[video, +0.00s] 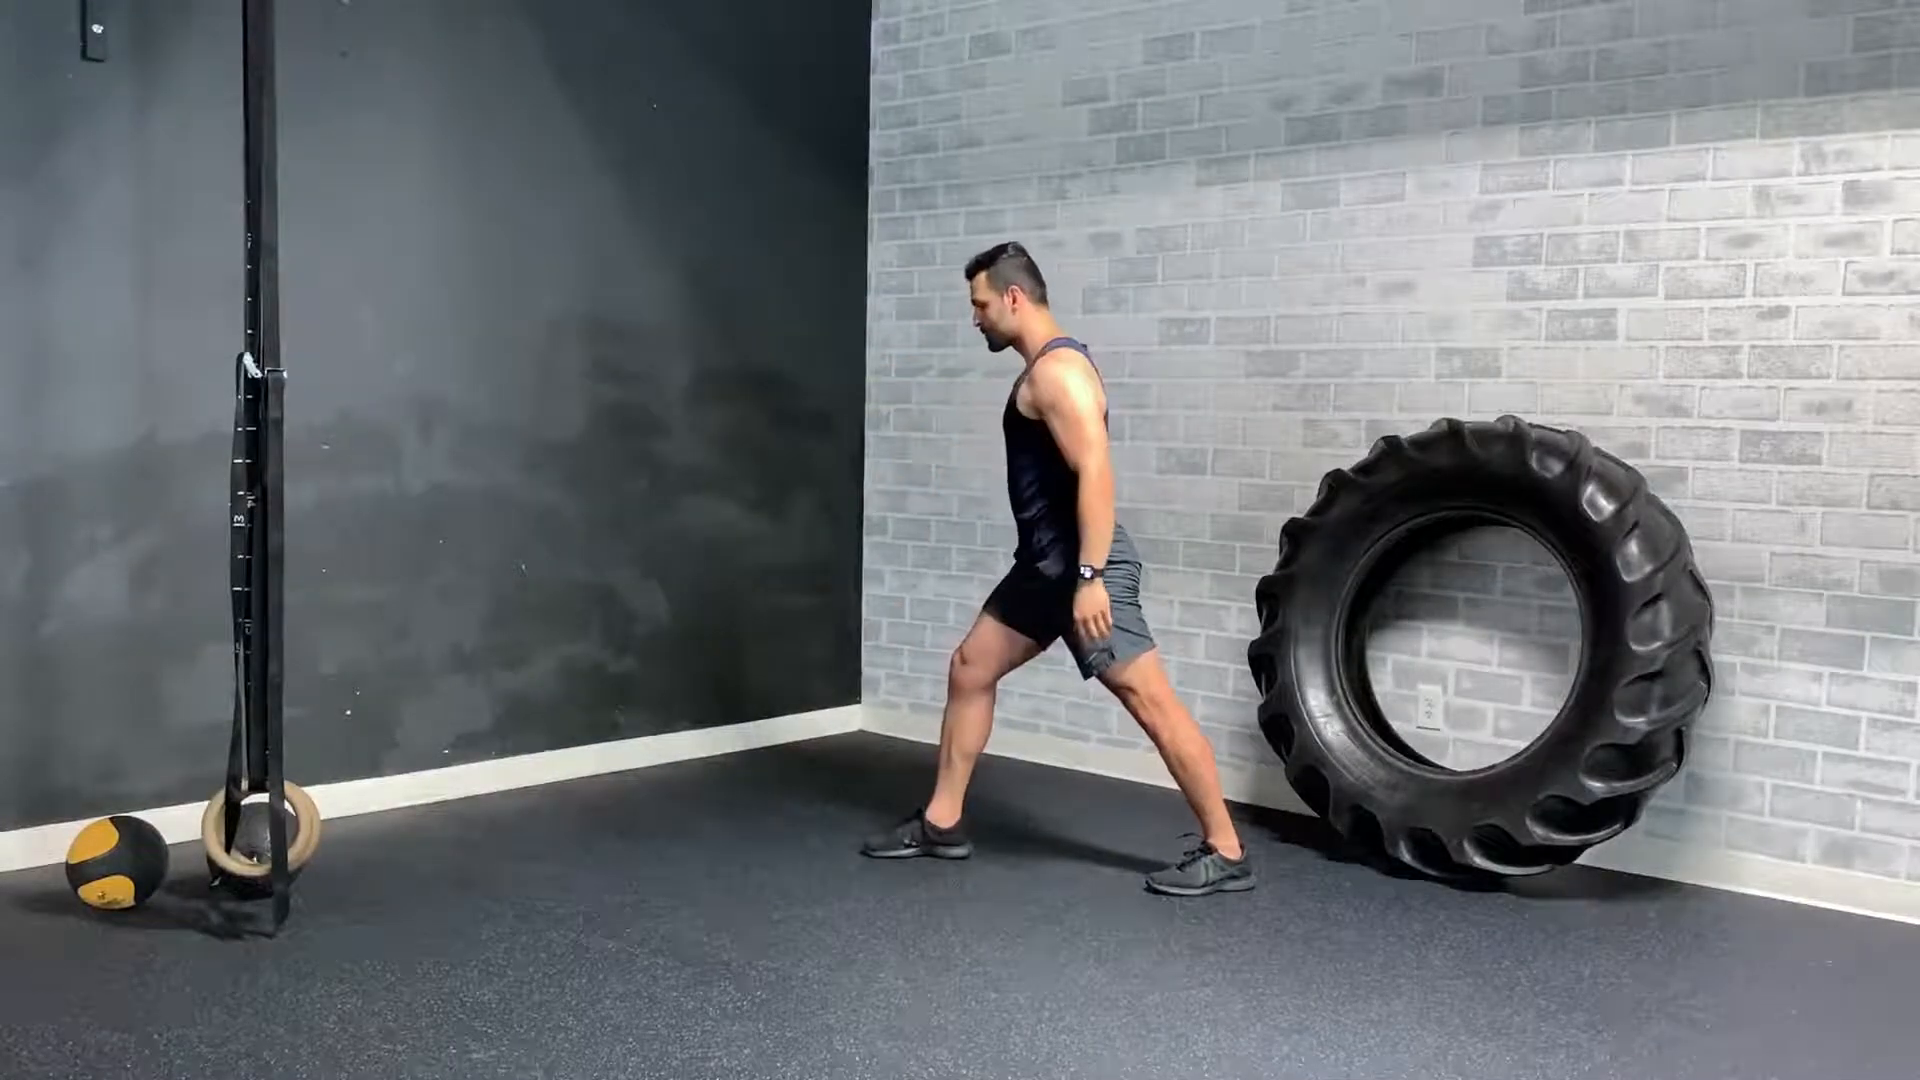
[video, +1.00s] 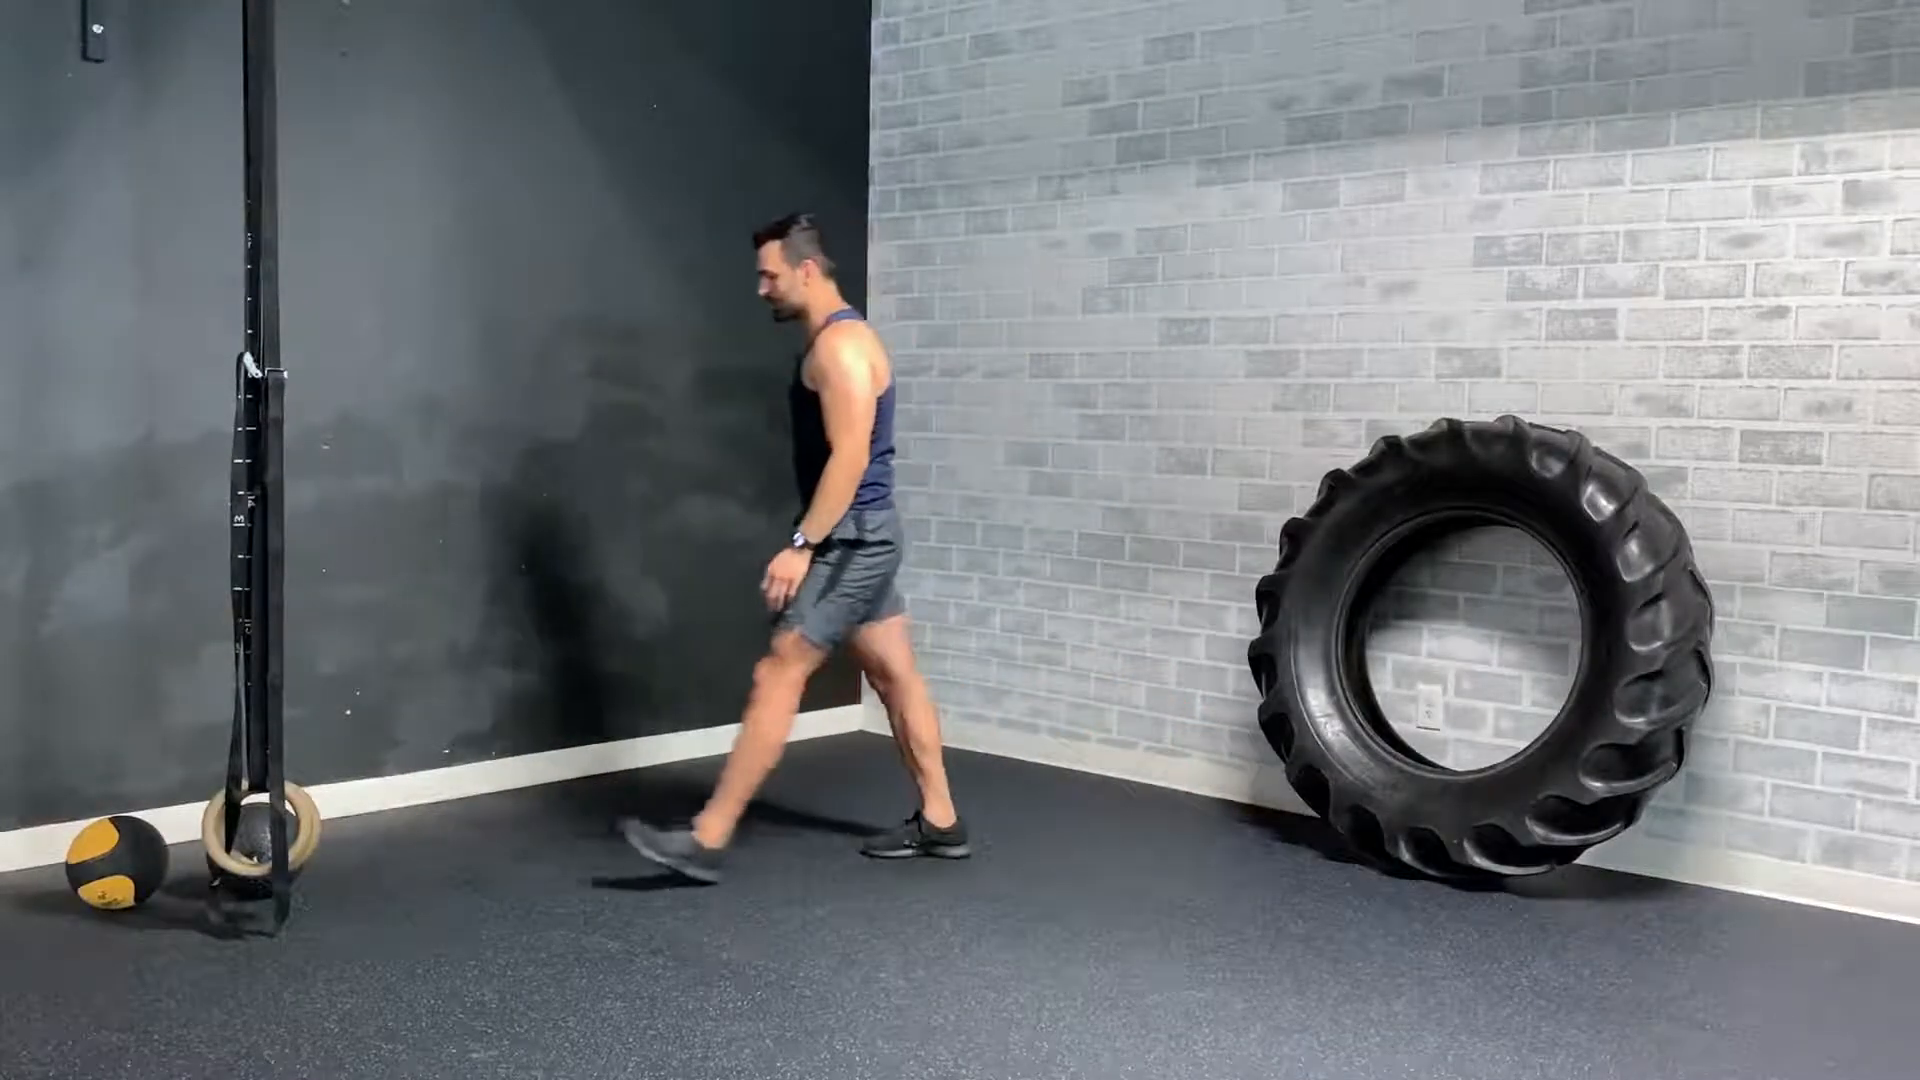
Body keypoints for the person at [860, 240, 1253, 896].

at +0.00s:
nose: (974, 317)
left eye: (979, 303)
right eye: (973, 305)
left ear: (1015, 298)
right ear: (1020, 300)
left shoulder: (1059, 372)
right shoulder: (1045, 368)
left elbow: (1095, 472)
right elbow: (1073, 477)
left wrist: (1091, 576)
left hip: (1083, 564)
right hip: (1045, 564)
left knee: (1152, 701)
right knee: (970, 671)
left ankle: (1226, 849)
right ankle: (941, 825)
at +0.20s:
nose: (973, 318)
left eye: (978, 304)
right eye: (971, 306)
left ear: (1014, 299)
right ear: (1019, 301)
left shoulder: (1059, 376)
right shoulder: (1040, 370)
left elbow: (1078, 483)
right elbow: (1057, 487)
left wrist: (1055, 585)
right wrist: (1029, 568)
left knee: (1156, 697)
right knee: (965, 669)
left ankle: (1226, 849)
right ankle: (941, 825)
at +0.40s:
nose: (941, 324)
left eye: (946, 310)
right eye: (939, 312)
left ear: (982, 306)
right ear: (987, 308)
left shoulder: (1012, 384)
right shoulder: (1023, 372)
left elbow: (1020, 497)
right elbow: (1032, 495)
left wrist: (981, 585)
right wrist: (1003, 574)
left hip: (1059, 560)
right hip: (1029, 564)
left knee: (1134, 699)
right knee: (936, 666)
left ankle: (1222, 845)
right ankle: (942, 826)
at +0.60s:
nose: (886, 305)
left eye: (891, 292)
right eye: (884, 293)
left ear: (926, 288)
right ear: (935, 290)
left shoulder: (939, 363)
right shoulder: (976, 349)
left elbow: (940, 473)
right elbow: (981, 466)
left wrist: (913, 562)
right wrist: (937, 558)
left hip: (984, 547)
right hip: (968, 546)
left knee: (1020, 699)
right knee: (902, 674)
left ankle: (1162, 807)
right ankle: (940, 825)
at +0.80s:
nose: (828, 282)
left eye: (835, 268)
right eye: (826, 270)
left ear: (874, 264)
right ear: (878, 267)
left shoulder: (895, 336)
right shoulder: (912, 324)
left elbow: (900, 442)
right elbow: (912, 440)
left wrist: (856, 527)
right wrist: (875, 525)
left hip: (923, 522)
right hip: (931, 520)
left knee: (871, 670)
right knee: (910, 672)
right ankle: (939, 811)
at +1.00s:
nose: (762, 290)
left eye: (770, 275)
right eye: (760, 277)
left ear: (810, 271)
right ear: (811, 274)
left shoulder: (840, 348)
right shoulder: (845, 336)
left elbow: (850, 461)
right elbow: (858, 455)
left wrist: (801, 545)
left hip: (852, 539)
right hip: (866, 535)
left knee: (777, 677)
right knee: (896, 677)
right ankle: (940, 821)